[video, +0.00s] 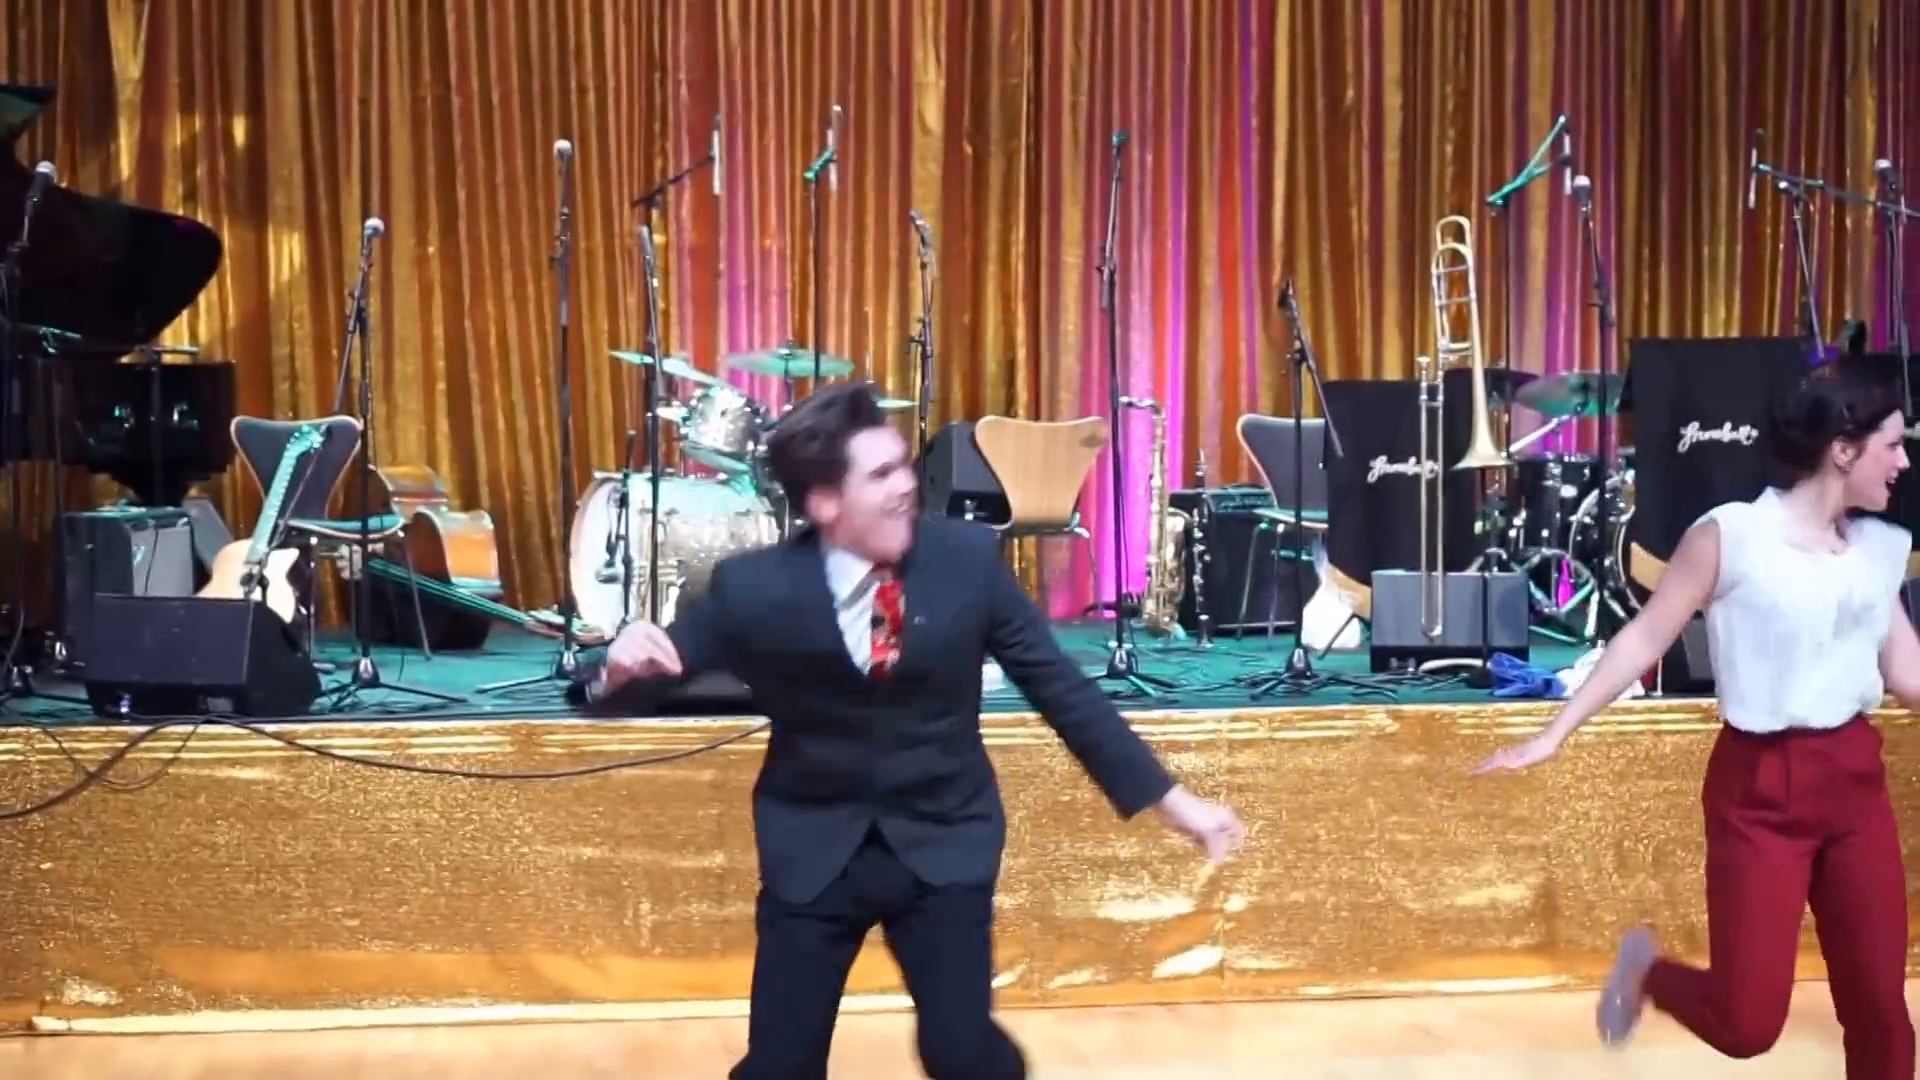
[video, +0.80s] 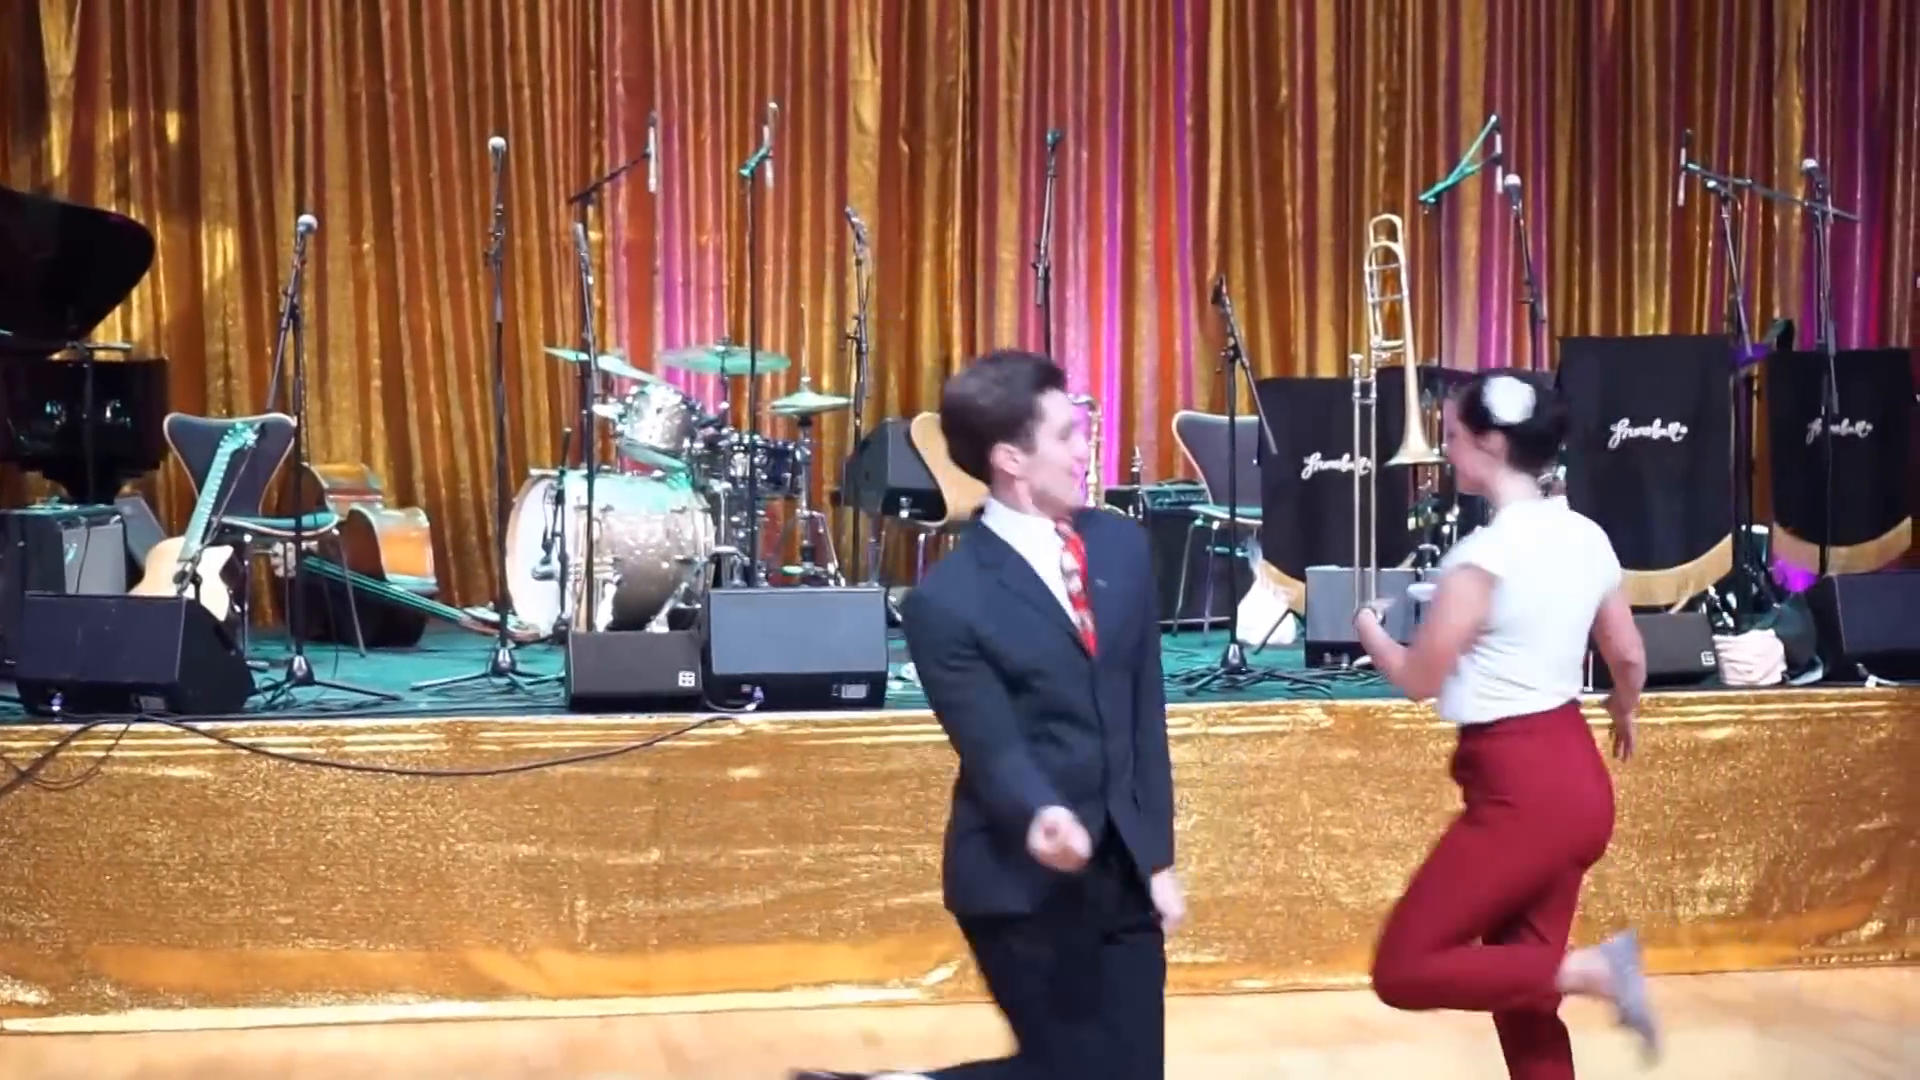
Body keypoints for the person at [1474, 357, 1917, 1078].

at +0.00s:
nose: (1903, 462)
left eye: (1903, 444)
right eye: (1893, 445)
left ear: (1849, 452)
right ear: (1842, 450)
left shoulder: (1878, 551)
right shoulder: (1725, 537)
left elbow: (1906, 675)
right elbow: (1640, 643)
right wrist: (1553, 735)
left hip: (1858, 790)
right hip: (1758, 793)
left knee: (1881, 1015)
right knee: (1749, 1027)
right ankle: (1645, 969)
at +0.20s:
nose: (1836, 451)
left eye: (1852, 434)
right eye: (1818, 431)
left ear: (1870, 443)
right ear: (1784, 435)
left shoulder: (1872, 552)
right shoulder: (1711, 526)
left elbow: (1889, 677)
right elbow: (1622, 617)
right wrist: (1530, 700)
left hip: (1827, 783)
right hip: (1722, 780)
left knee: (1835, 1012)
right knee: (1713, 1006)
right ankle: (1641, 983)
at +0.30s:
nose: (1749, 432)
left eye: (1769, 415)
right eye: (1739, 415)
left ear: (1814, 422)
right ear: (1728, 421)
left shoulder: (1858, 522)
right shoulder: (1681, 501)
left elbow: (1886, 653)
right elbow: (1585, 595)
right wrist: (1482, 669)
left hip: (1802, 762)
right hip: (1689, 758)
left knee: (1816, 988)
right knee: (1636, 973)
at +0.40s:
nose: (1683, 447)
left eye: (1700, 431)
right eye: (1677, 431)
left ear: (1756, 433)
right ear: (1674, 436)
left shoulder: (1816, 534)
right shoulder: (1640, 523)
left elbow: (1856, 668)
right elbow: (1541, 600)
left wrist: (1900, 647)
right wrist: (1434, 656)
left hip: (1774, 785)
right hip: (1660, 783)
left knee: (1809, 1014)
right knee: (1608, 998)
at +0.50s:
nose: (1622, 453)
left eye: (1638, 436)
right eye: (1618, 438)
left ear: (1694, 440)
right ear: (1617, 444)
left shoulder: (1760, 548)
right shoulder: (1591, 531)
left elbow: (1782, 684)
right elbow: (1515, 599)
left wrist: (1795, 650)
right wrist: (1435, 651)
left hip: (1725, 792)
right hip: (1617, 794)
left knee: (1776, 1008)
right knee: (1572, 1002)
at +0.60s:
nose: (1562, 445)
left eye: (1578, 428)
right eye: (1558, 428)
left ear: (1634, 435)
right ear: (1560, 434)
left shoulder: (1689, 546)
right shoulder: (1556, 519)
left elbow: (1661, 681)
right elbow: (1538, 607)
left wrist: (1617, 655)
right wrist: (1484, 666)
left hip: (1649, 774)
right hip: (1558, 774)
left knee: (1690, 993)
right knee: (1541, 981)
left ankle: (1791, 1078)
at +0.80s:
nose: (1446, 450)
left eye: (1452, 436)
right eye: (1447, 435)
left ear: (1489, 445)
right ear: (1533, 446)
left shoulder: (1486, 551)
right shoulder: (1588, 539)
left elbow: (1420, 679)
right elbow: (1628, 656)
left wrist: (1374, 638)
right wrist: (1625, 714)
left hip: (1521, 793)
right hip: (1578, 784)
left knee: (1402, 972)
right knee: (1524, 1002)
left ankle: (1592, 971)